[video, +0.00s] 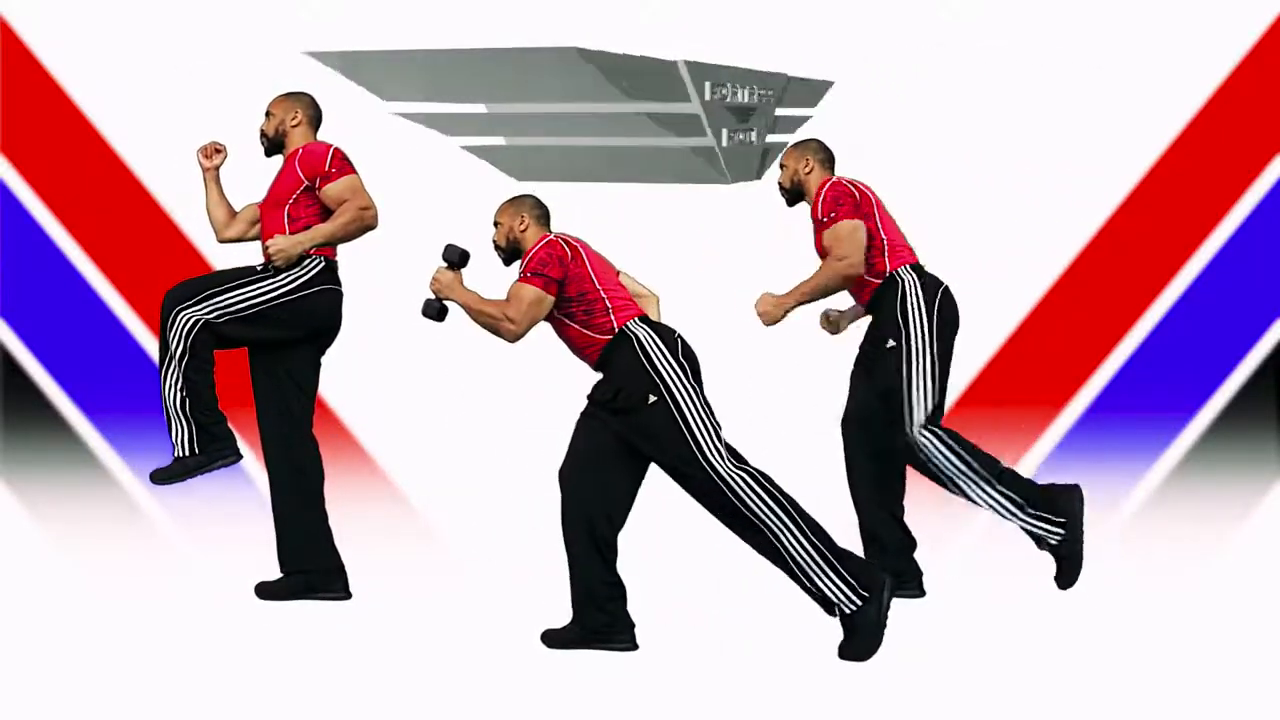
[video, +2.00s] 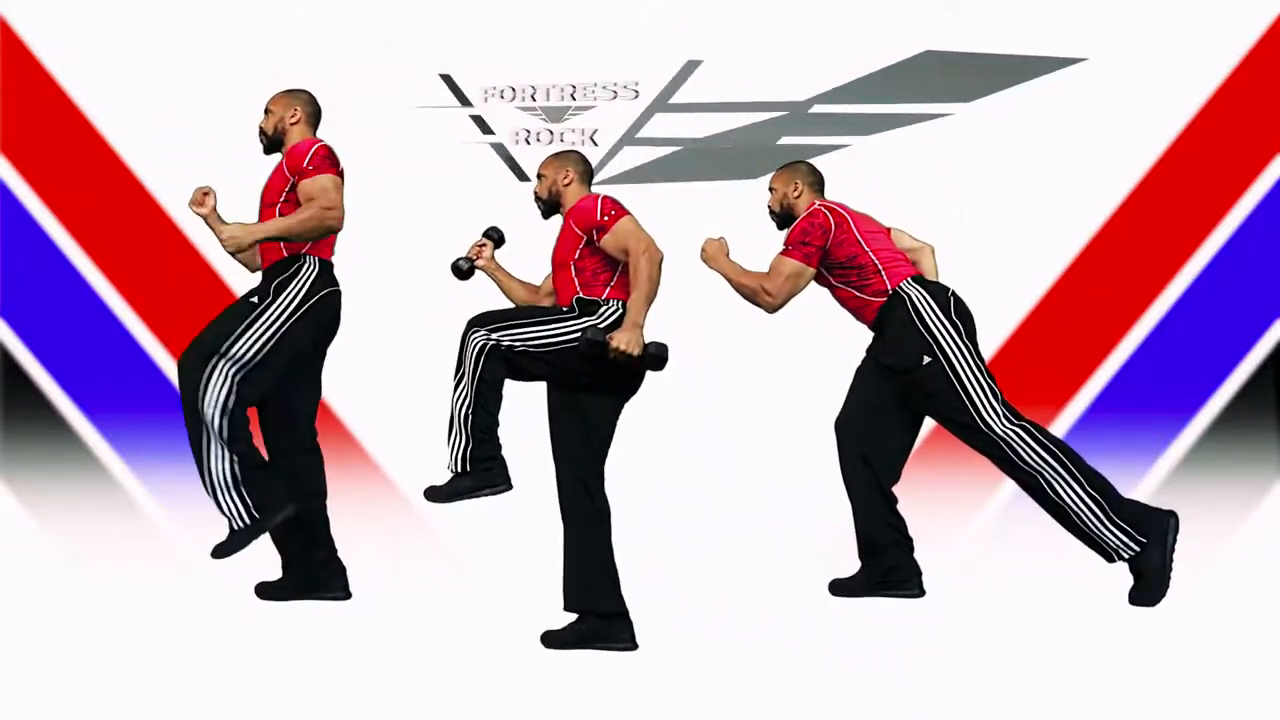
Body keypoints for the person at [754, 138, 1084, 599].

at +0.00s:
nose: (780, 178)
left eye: (784, 167)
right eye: (779, 171)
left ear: (807, 164)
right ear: (813, 165)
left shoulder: (835, 193)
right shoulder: (838, 205)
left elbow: (846, 262)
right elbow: (883, 278)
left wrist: (786, 301)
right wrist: (849, 315)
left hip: (910, 297)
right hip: (887, 317)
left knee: (915, 432)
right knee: (863, 433)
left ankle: (1051, 514)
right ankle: (892, 564)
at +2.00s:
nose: (767, 199)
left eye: (774, 190)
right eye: (768, 191)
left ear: (802, 190)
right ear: (807, 193)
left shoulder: (815, 220)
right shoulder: (843, 222)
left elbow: (771, 295)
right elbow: (919, 250)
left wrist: (721, 265)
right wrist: (938, 317)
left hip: (918, 312)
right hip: (901, 327)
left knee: (998, 431)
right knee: (858, 438)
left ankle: (1139, 533)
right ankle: (890, 568)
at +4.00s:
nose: (768, 201)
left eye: (774, 190)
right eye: (769, 193)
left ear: (802, 187)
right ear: (810, 191)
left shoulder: (817, 219)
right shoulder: (848, 220)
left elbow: (767, 290)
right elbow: (924, 249)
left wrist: (723, 256)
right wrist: (939, 315)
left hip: (920, 309)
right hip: (904, 324)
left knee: (1003, 430)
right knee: (866, 435)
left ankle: (1141, 533)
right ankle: (891, 566)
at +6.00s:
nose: (766, 180)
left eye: (770, 169)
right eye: (765, 173)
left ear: (795, 164)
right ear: (806, 168)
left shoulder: (817, 196)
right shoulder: (837, 201)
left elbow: (781, 275)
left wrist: (724, 264)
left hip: (906, 294)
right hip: (885, 311)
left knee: (932, 432)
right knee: (872, 437)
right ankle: (891, 575)